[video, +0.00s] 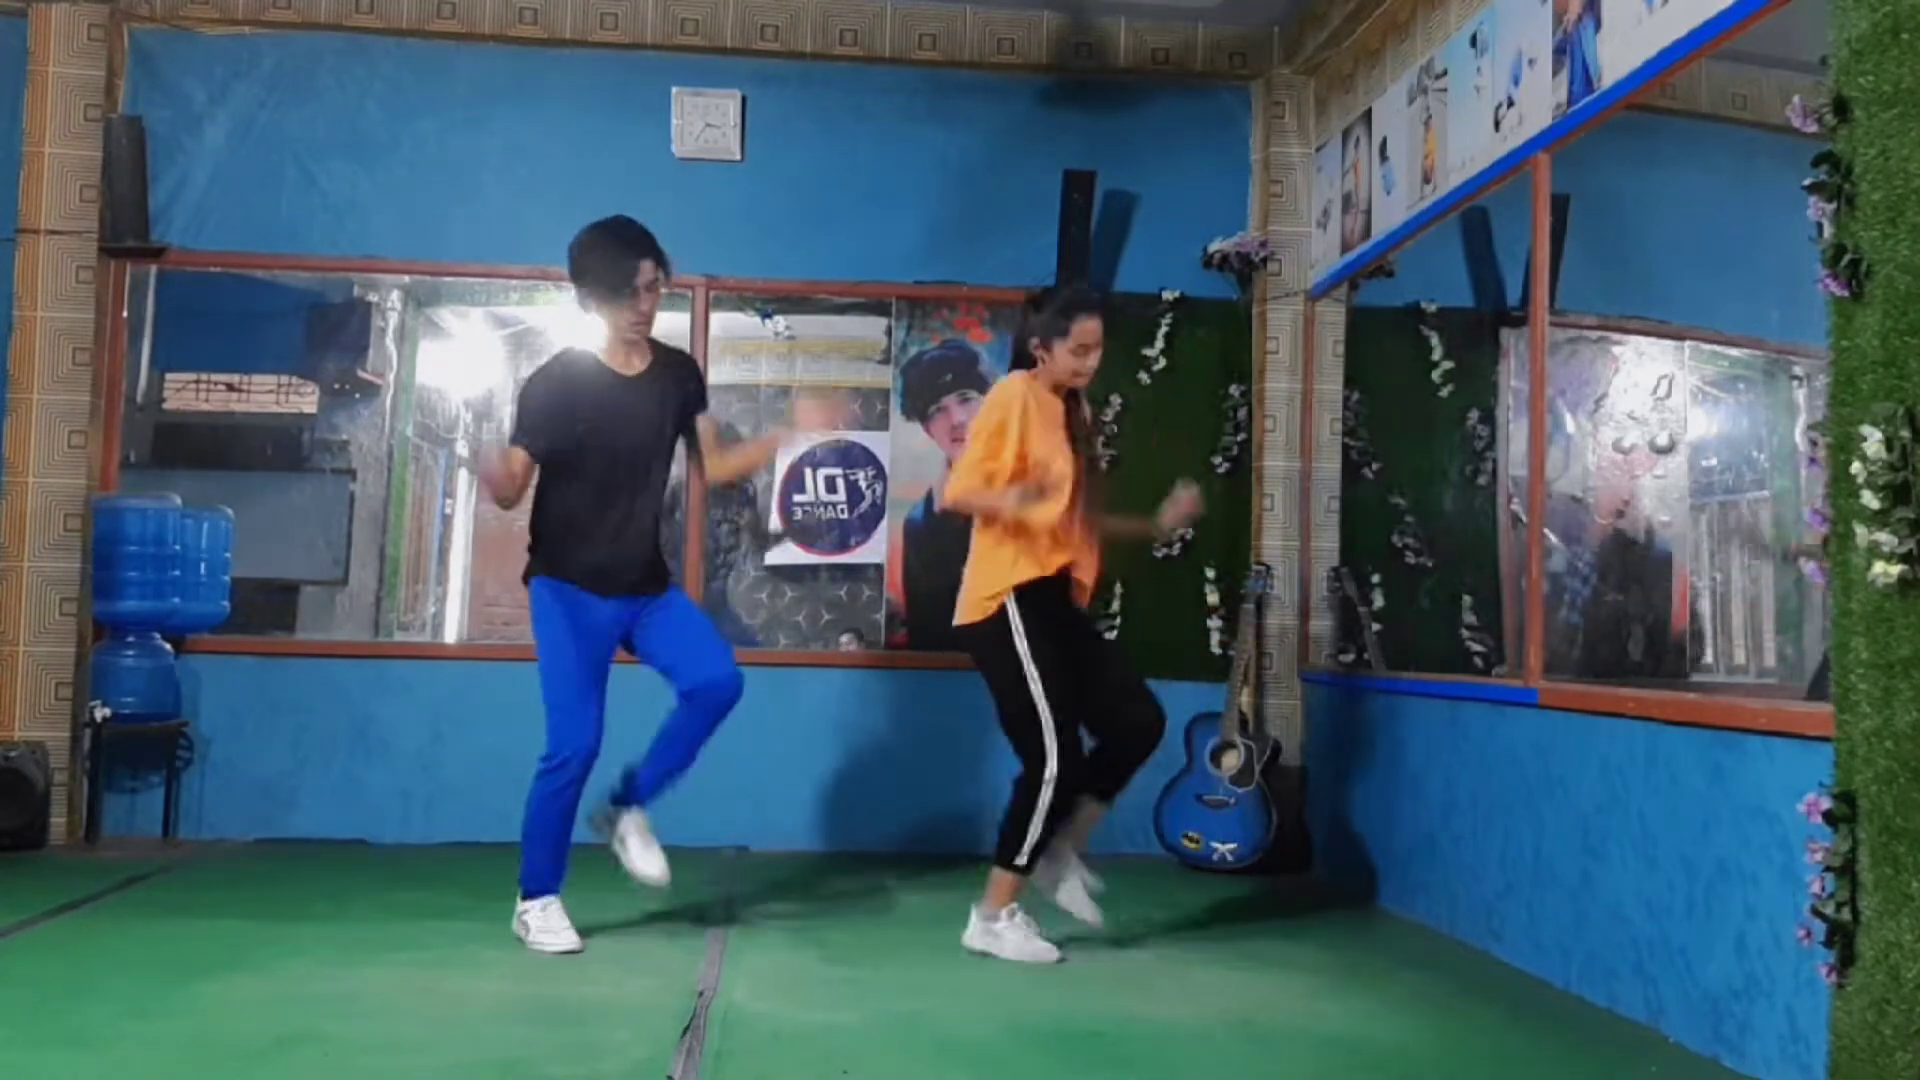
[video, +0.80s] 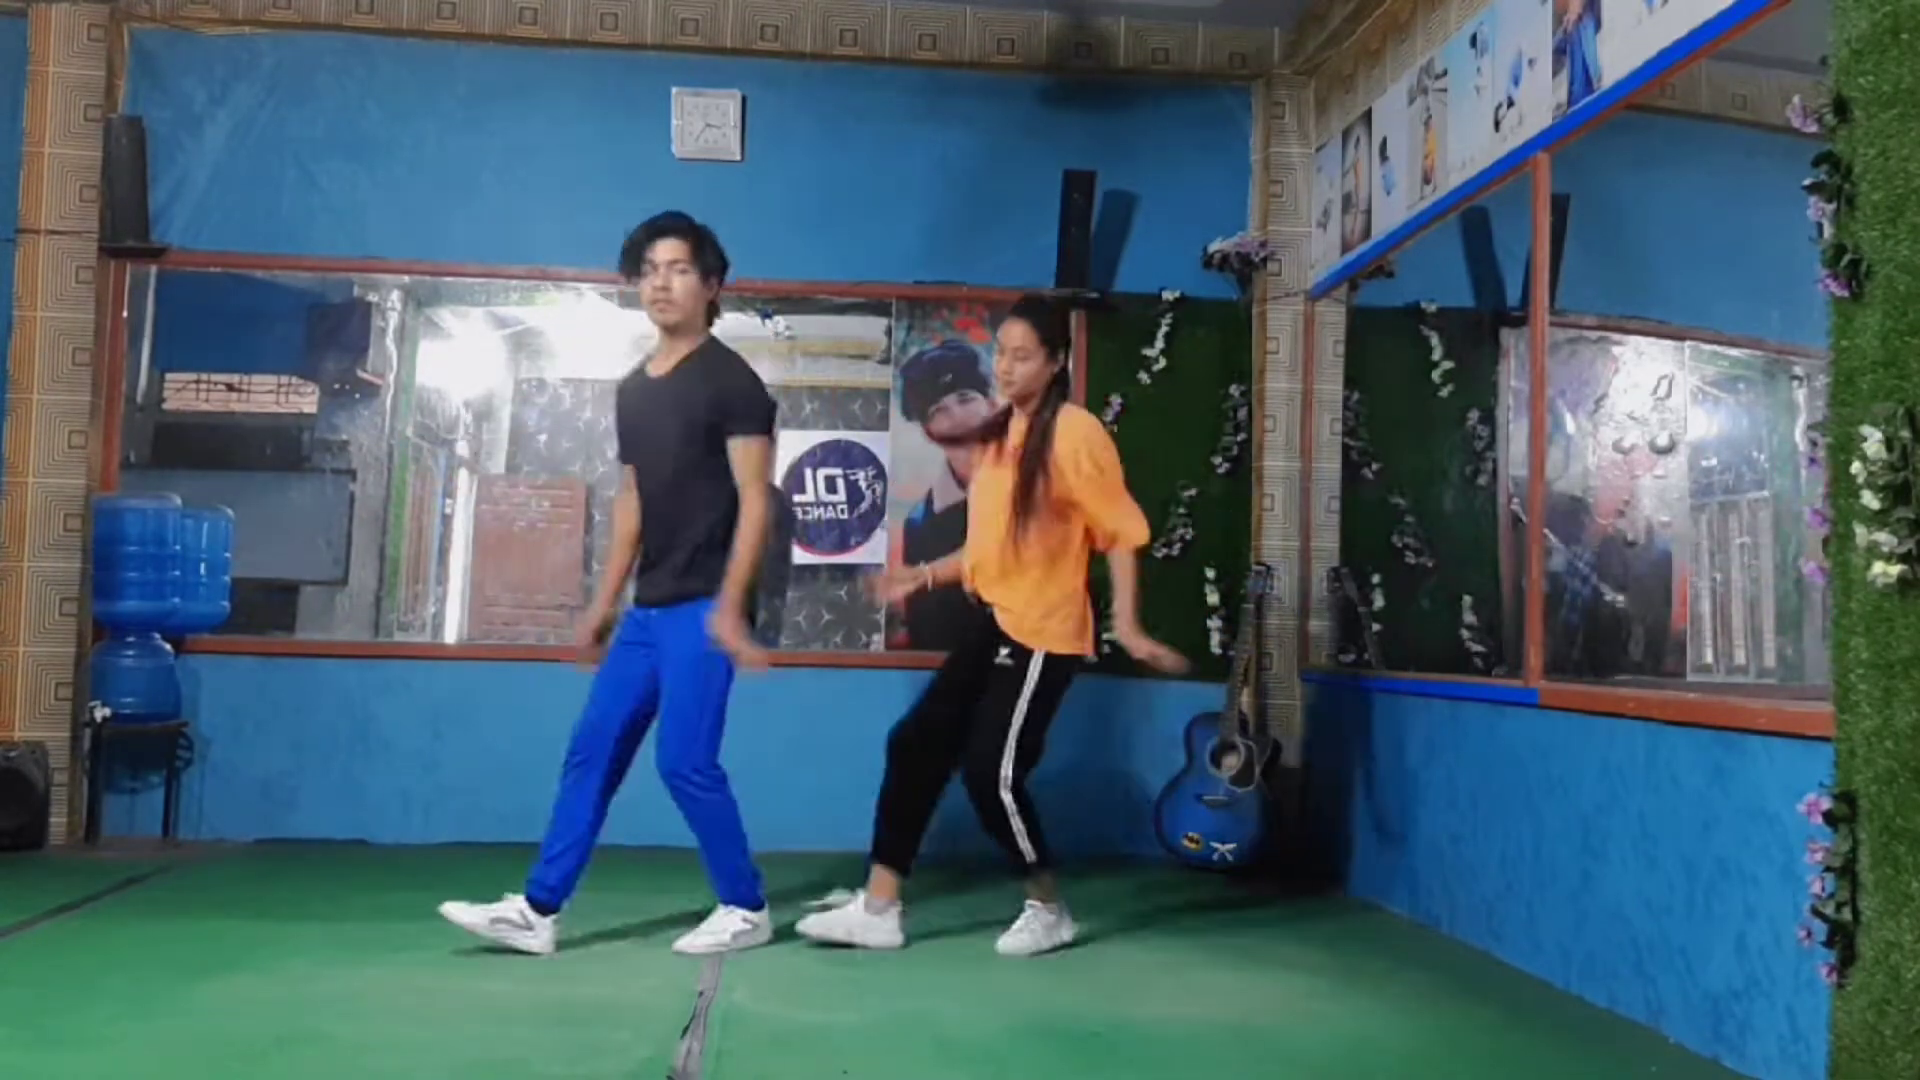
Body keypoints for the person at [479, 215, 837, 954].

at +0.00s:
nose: (647, 306)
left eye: (655, 289)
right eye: (630, 292)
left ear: (665, 290)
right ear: (591, 296)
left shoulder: (678, 373)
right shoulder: (556, 383)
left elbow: (715, 466)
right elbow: (510, 492)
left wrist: (783, 435)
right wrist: (492, 466)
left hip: (650, 591)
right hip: (568, 591)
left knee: (717, 683)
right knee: (573, 744)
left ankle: (628, 806)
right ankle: (537, 899)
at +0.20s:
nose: (633, 298)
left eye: (637, 283)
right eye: (618, 287)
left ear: (643, 282)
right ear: (578, 293)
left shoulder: (669, 354)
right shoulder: (538, 379)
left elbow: (697, 451)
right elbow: (500, 471)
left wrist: (766, 477)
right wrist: (468, 470)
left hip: (658, 578)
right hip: (587, 577)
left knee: (628, 740)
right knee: (623, 730)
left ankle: (520, 871)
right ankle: (652, 901)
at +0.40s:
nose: (634, 311)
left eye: (639, 294)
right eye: (617, 299)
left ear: (649, 297)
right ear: (582, 309)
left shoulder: (689, 374)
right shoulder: (554, 398)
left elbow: (753, 455)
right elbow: (518, 495)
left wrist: (779, 394)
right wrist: (473, 457)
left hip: (667, 600)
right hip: (591, 594)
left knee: (674, 754)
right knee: (625, 741)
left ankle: (547, 848)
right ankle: (581, 892)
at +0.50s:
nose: (636, 279)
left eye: (651, 266)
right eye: (622, 267)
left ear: (676, 282)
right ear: (603, 284)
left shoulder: (713, 360)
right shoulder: (571, 370)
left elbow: (819, 389)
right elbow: (509, 427)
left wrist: (763, 363)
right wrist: (503, 389)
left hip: (680, 582)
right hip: (591, 580)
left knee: (701, 699)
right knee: (595, 726)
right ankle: (584, 888)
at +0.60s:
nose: (652, 259)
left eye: (668, 246)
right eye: (639, 246)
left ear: (693, 265)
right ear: (619, 263)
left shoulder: (727, 340)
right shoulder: (589, 345)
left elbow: (819, 398)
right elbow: (550, 416)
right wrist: (530, 448)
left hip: (697, 560)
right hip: (609, 560)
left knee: (684, 695)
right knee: (568, 690)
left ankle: (694, 839)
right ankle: (597, 844)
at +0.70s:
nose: (663, 262)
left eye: (679, 249)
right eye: (649, 250)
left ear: (703, 268)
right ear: (629, 267)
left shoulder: (734, 358)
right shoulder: (610, 365)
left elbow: (782, 471)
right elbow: (612, 474)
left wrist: (792, 584)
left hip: (706, 582)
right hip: (631, 580)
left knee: (692, 738)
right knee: (577, 732)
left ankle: (741, 900)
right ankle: (546, 900)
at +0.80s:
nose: (662, 285)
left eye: (679, 270)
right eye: (650, 271)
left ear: (711, 285)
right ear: (638, 286)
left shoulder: (732, 381)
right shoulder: (635, 388)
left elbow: (757, 499)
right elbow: (632, 498)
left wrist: (731, 605)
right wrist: (607, 600)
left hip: (705, 609)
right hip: (648, 612)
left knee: (688, 763)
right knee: (591, 754)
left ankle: (745, 907)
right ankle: (538, 909)